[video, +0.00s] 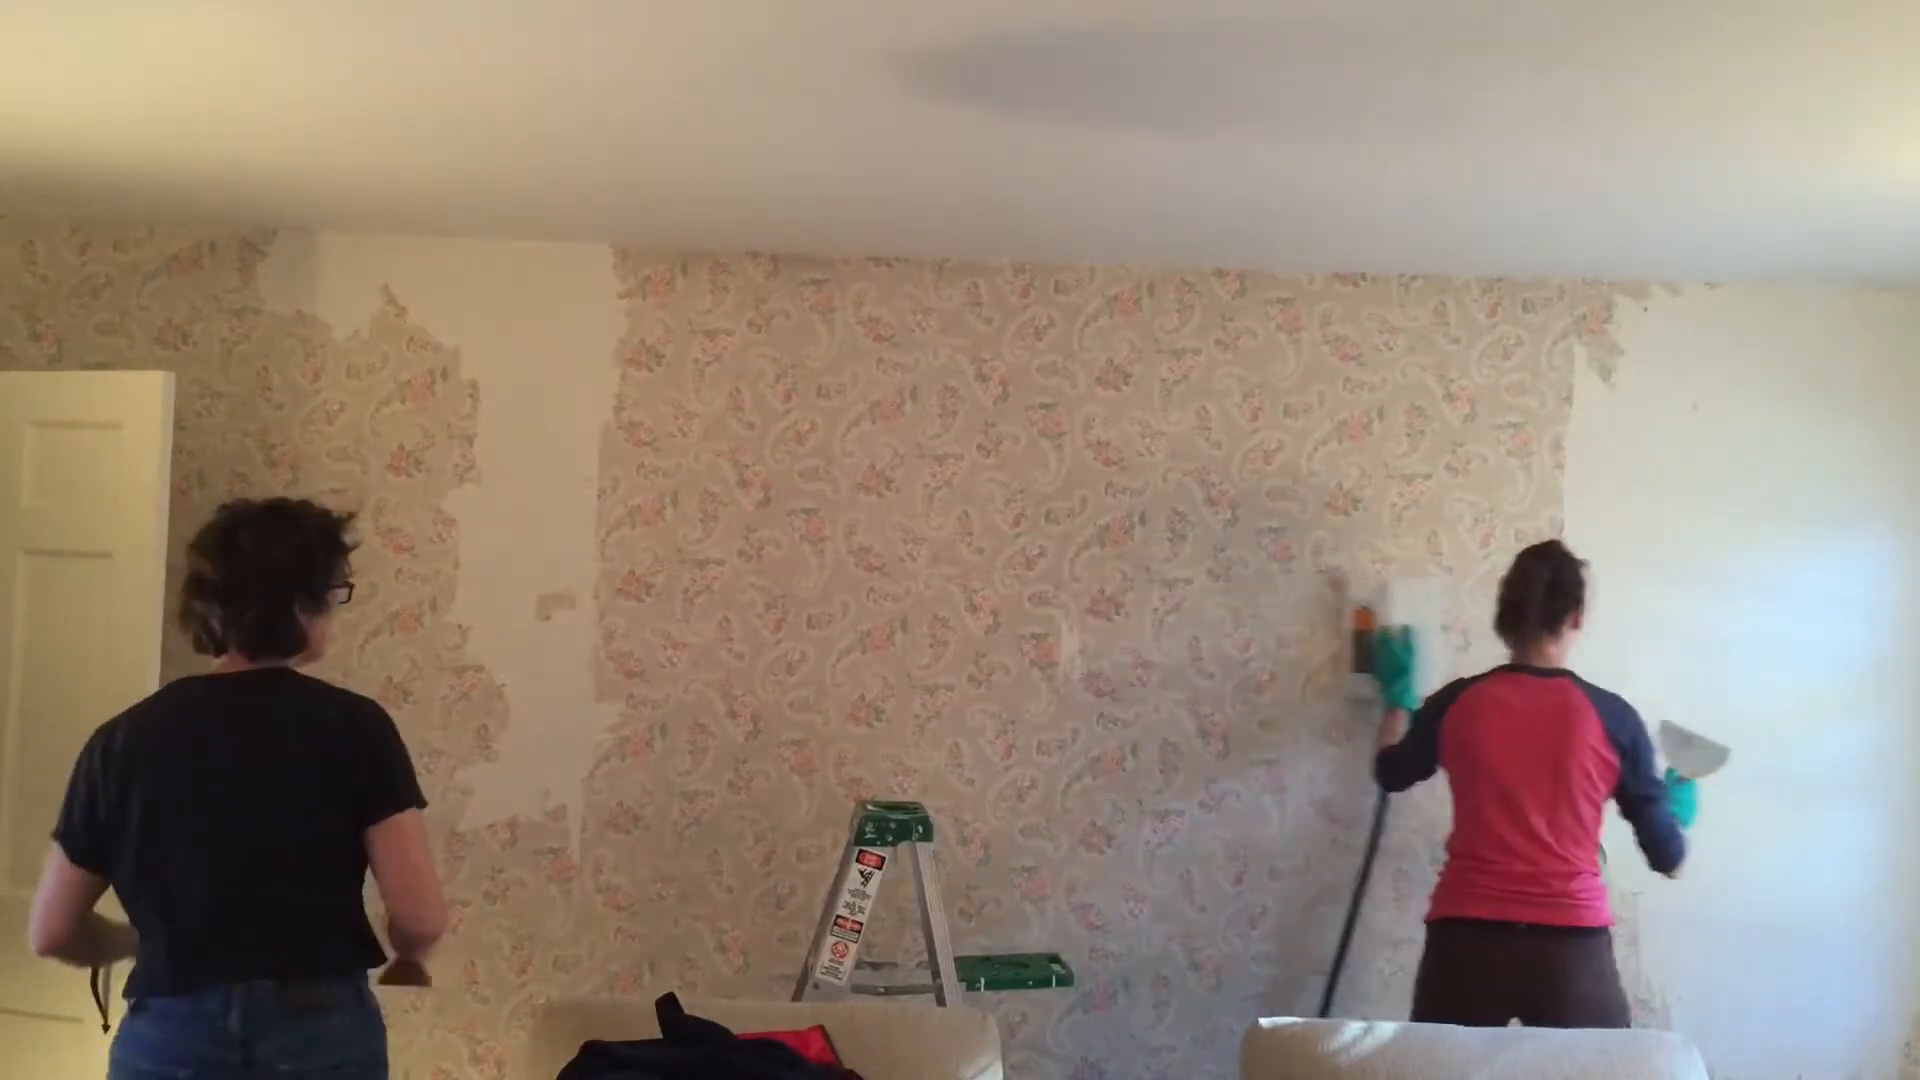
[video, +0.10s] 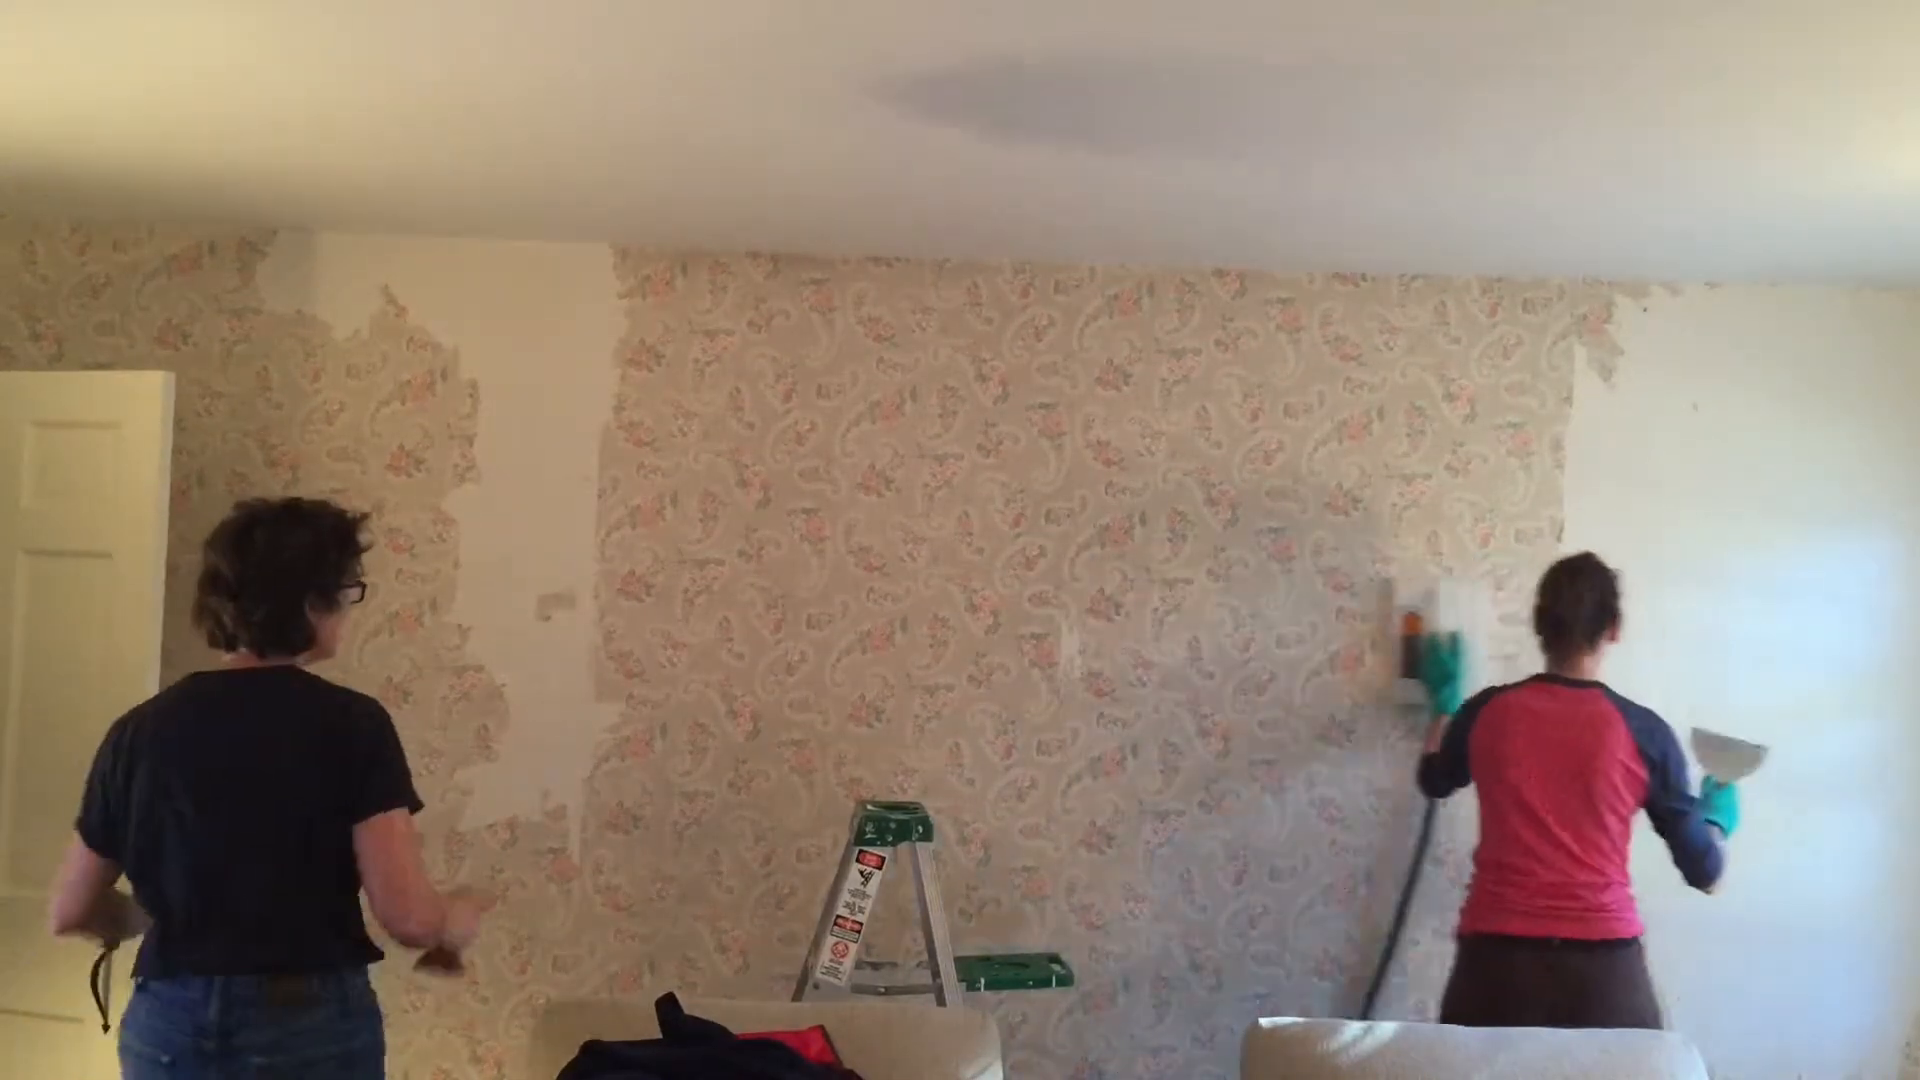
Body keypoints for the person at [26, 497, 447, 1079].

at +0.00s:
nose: (338, 612)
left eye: (340, 594)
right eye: (335, 594)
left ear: (207, 603)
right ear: (301, 603)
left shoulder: (122, 740)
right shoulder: (356, 725)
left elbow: (52, 934)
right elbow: (421, 918)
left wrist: (149, 938)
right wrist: (408, 955)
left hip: (167, 1037)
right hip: (326, 1037)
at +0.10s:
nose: (354, 606)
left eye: (355, 590)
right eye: (348, 590)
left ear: (227, 598)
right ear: (312, 601)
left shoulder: (141, 728)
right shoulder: (352, 721)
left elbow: (72, 910)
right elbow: (405, 917)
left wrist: (155, 915)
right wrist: (452, 921)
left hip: (167, 1030)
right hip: (317, 1032)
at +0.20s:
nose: (364, 606)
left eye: (365, 589)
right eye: (359, 589)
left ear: (239, 594)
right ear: (324, 602)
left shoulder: (164, 718)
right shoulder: (355, 717)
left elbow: (88, 870)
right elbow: (431, 891)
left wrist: (178, 841)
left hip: (173, 1022)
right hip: (314, 1025)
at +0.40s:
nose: (388, 615)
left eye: (387, 599)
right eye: (382, 599)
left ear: (275, 602)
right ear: (345, 611)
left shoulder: (208, 718)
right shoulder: (371, 722)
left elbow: (150, 838)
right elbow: (474, 867)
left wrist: (236, 796)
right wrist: (558, 802)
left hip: (203, 1005)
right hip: (323, 1015)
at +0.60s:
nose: (431, 649)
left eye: (436, 631)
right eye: (428, 628)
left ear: (336, 619)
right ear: (385, 622)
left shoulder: (266, 712)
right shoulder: (391, 721)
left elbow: (230, 853)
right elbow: (454, 878)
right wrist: (557, 852)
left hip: (234, 986)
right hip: (338, 1002)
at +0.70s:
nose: (454, 650)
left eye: (460, 634)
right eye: (452, 631)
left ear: (364, 616)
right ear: (408, 619)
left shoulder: (300, 700)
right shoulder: (407, 713)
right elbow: (474, 864)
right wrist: (585, 839)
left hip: (253, 973)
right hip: (349, 989)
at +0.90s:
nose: (508, 631)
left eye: (513, 615)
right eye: (505, 613)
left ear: (423, 602)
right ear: (463, 607)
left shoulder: (356, 692)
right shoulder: (458, 707)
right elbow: (512, 856)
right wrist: (642, 826)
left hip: (325, 954)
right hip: (415, 967)